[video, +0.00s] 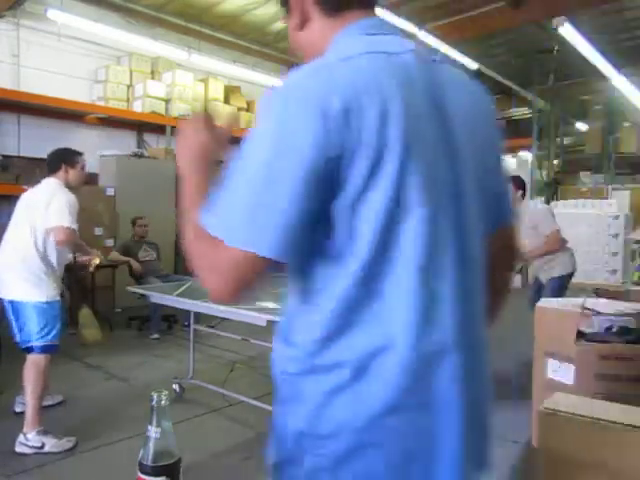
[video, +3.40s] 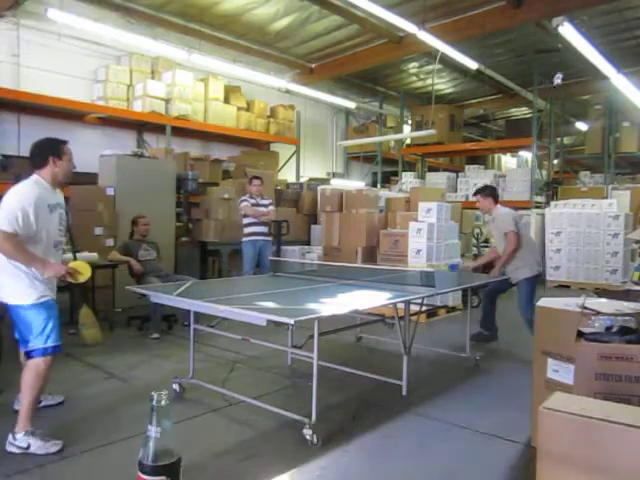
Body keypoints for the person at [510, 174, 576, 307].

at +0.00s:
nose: (506, 196)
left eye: (509, 191)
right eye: (506, 191)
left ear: (520, 193)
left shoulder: (538, 210)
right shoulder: (516, 215)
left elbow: (556, 242)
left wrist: (526, 256)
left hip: (560, 262)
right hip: (541, 265)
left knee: (547, 306)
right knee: (533, 303)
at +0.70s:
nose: (513, 208)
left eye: (518, 204)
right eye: (511, 204)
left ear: (529, 206)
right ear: (510, 206)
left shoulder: (544, 225)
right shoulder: (508, 226)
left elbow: (557, 257)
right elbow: (493, 247)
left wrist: (535, 266)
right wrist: (496, 258)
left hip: (551, 274)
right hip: (527, 276)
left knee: (540, 305)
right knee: (511, 305)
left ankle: (544, 340)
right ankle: (523, 337)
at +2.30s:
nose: (527, 195)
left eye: (532, 191)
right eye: (526, 191)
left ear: (543, 194)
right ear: (524, 192)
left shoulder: (557, 220)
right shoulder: (518, 213)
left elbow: (570, 249)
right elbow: (500, 233)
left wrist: (558, 258)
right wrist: (495, 245)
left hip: (545, 268)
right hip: (522, 266)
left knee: (542, 307)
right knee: (500, 299)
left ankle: (545, 344)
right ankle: (502, 330)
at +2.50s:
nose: (514, 198)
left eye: (518, 194)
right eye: (512, 194)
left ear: (528, 197)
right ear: (511, 197)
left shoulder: (543, 220)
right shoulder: (509, 219)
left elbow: (559, 249)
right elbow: (500, 240)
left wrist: (534, 263)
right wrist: (504, 255)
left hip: (542, 270)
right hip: (521, 268)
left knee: (540, 307)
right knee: (501, 296)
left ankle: (545, 346)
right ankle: (489, 331)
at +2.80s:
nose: (495, 195)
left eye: (499, 191)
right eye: (493, 190)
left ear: (510, 194)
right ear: (492, 193)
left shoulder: (524, 213)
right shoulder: (491, 214)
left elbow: (539, 241)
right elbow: (483, 235)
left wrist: (518, 250)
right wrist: (491, 248)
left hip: (530, 265)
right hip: (507, 265)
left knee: (536, 305)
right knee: (490, 294)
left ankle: (544, 342)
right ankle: (488, 331)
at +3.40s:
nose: (478, 205)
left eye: (479, 200)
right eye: (477, 201)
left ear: (489, 199)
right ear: (489, 200)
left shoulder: (504, 214)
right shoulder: (493, 220)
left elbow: (513, 243)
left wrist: (497, 267)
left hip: (528, 268)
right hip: (513, 269)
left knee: (526, 309)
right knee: (489, 292)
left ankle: (545, 343)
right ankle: (487, 330)